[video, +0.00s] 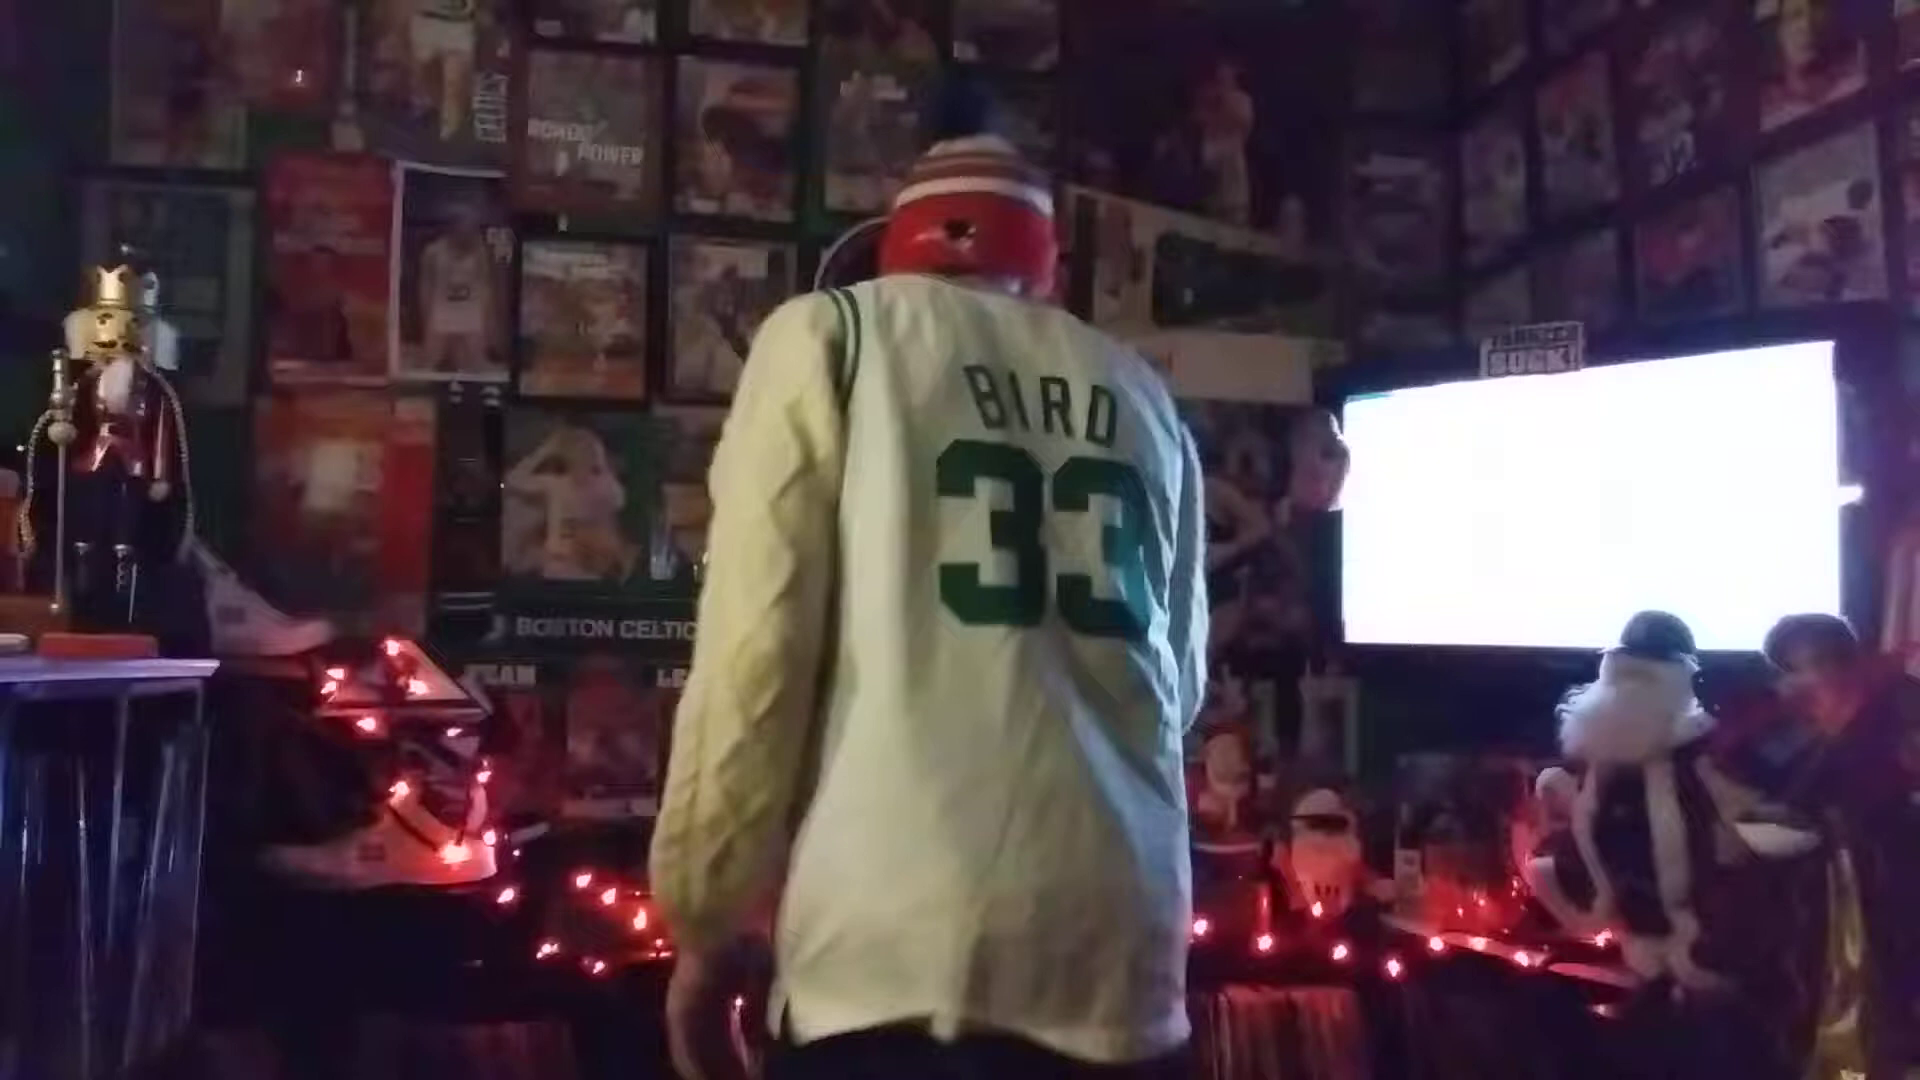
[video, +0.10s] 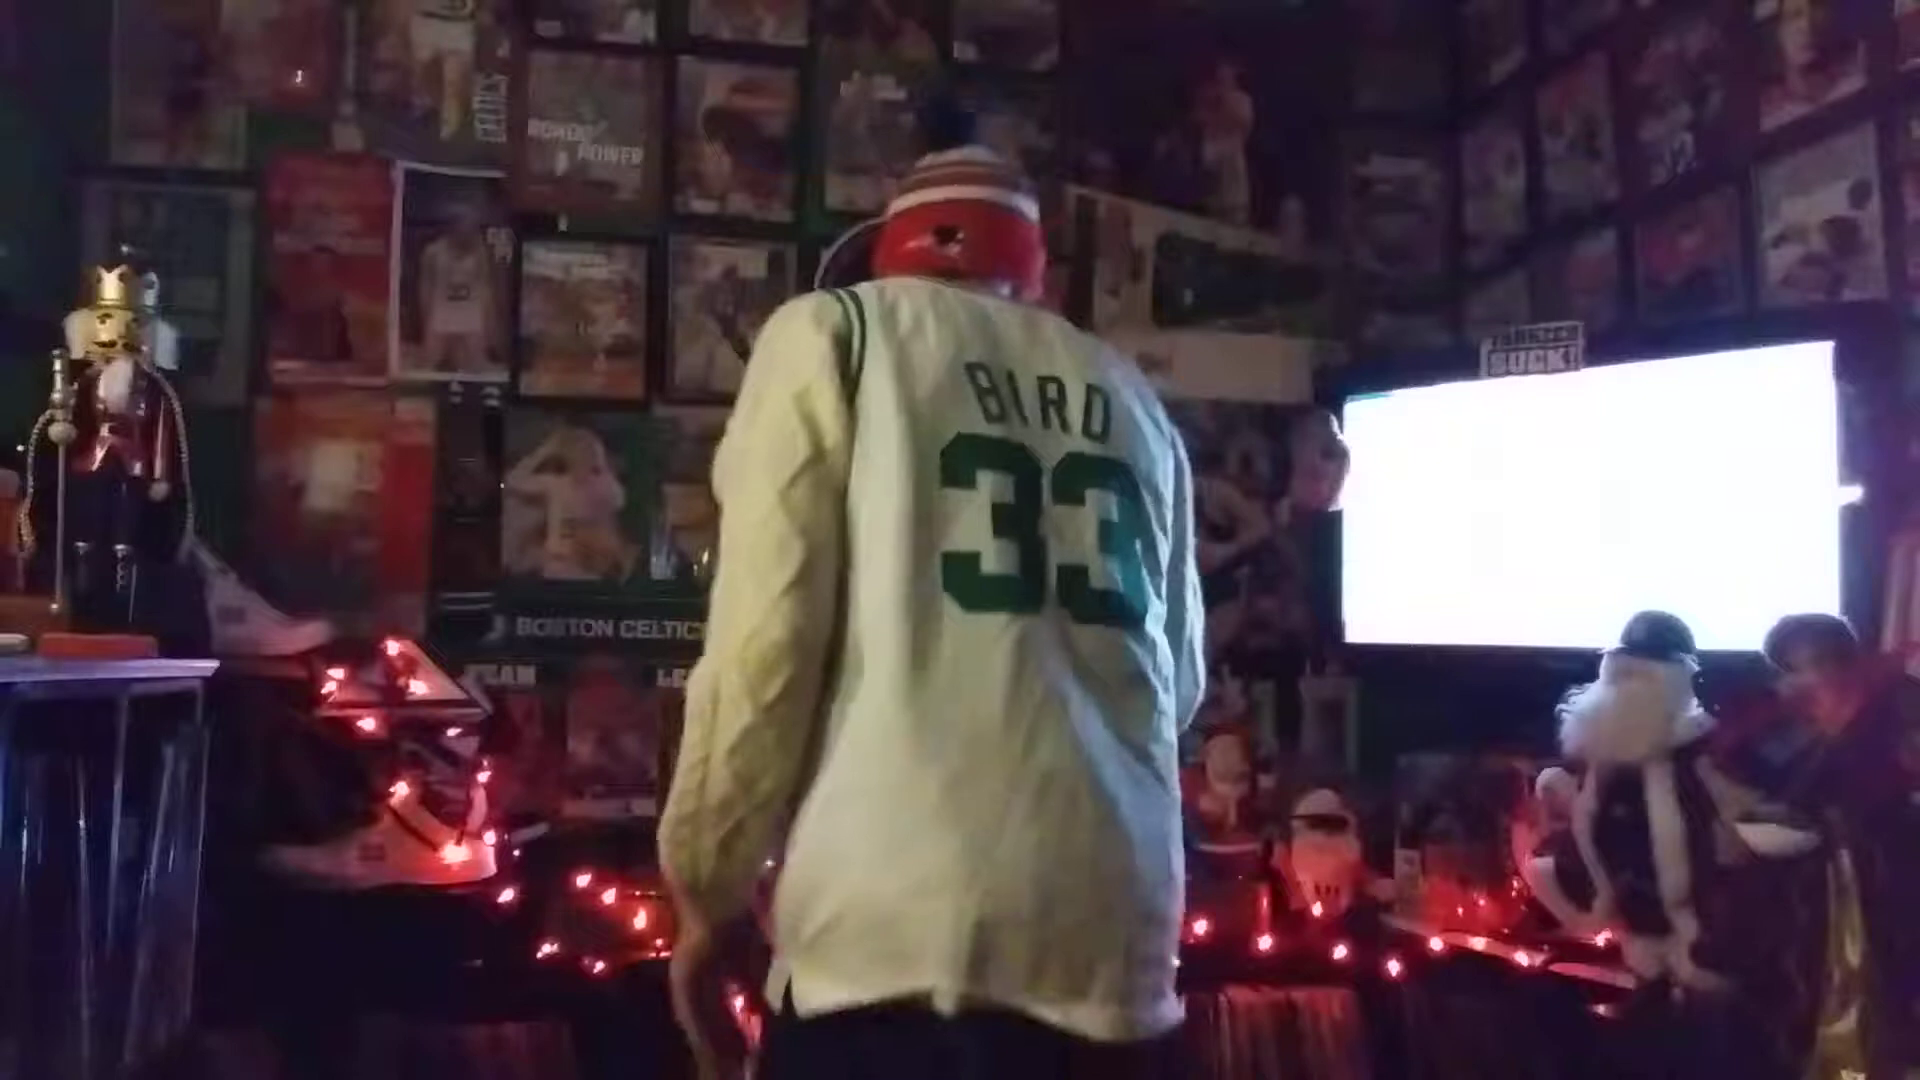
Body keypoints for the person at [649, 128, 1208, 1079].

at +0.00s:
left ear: (896, 249)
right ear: (1048, 273)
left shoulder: (826, 335)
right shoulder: (1150, 400)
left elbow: (759, 643)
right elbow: (1181, 685)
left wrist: (706, 929)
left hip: (888, 926)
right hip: (1121, 953)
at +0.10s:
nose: (874, 280)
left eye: (879, 262)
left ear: (891, 255)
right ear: (1035, 282)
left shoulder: (830, 330)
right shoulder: (1137, 397)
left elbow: (769, 632)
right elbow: (1180, 681)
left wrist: (707, 894)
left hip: (888, 903)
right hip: (1114, 925)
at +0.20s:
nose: (867, 293)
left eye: (871, 272)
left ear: (884, 269)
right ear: (1021, 289)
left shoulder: (824, 336)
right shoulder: (1120, 407)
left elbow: (763, 614)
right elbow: (1182, 684)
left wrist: (704, 852)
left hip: (881, 904)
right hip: (1096, 925)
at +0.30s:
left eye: (869, 284)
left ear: (871, 284)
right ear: (1009, 310)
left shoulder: (800, 358)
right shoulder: (1095, 412)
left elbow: (733, 617)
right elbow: (1177, 684)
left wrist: (693, 839)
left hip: (853, 923)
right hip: (1070, 938)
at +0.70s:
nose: (971, 351)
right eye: (971, 339)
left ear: (827, 312)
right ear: (954, 332)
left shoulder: (698, 418)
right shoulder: (996, 418)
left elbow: (637, 675)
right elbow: (1068, 672)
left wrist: (740, 763)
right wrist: (1063, 772)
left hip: (765, 906)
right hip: (971, 903)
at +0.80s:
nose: (975, 359)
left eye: (974, 348)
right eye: (977, 344)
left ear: (832, 318)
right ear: (957, 333)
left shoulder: (704, 422)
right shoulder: (987, 420)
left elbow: (670, 678)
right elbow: (1066, 687)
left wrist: (785, 736)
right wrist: (1061, 785)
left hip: (760, 909)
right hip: (962, 903)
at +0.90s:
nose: (987, 367)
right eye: (990, 350)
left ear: (845, 322)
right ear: (971, 339)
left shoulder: (721, 427)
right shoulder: (990, 422)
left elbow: (704, 648)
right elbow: (1067, 679)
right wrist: (1062, 789)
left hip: (761, 901)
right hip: (959, 895)